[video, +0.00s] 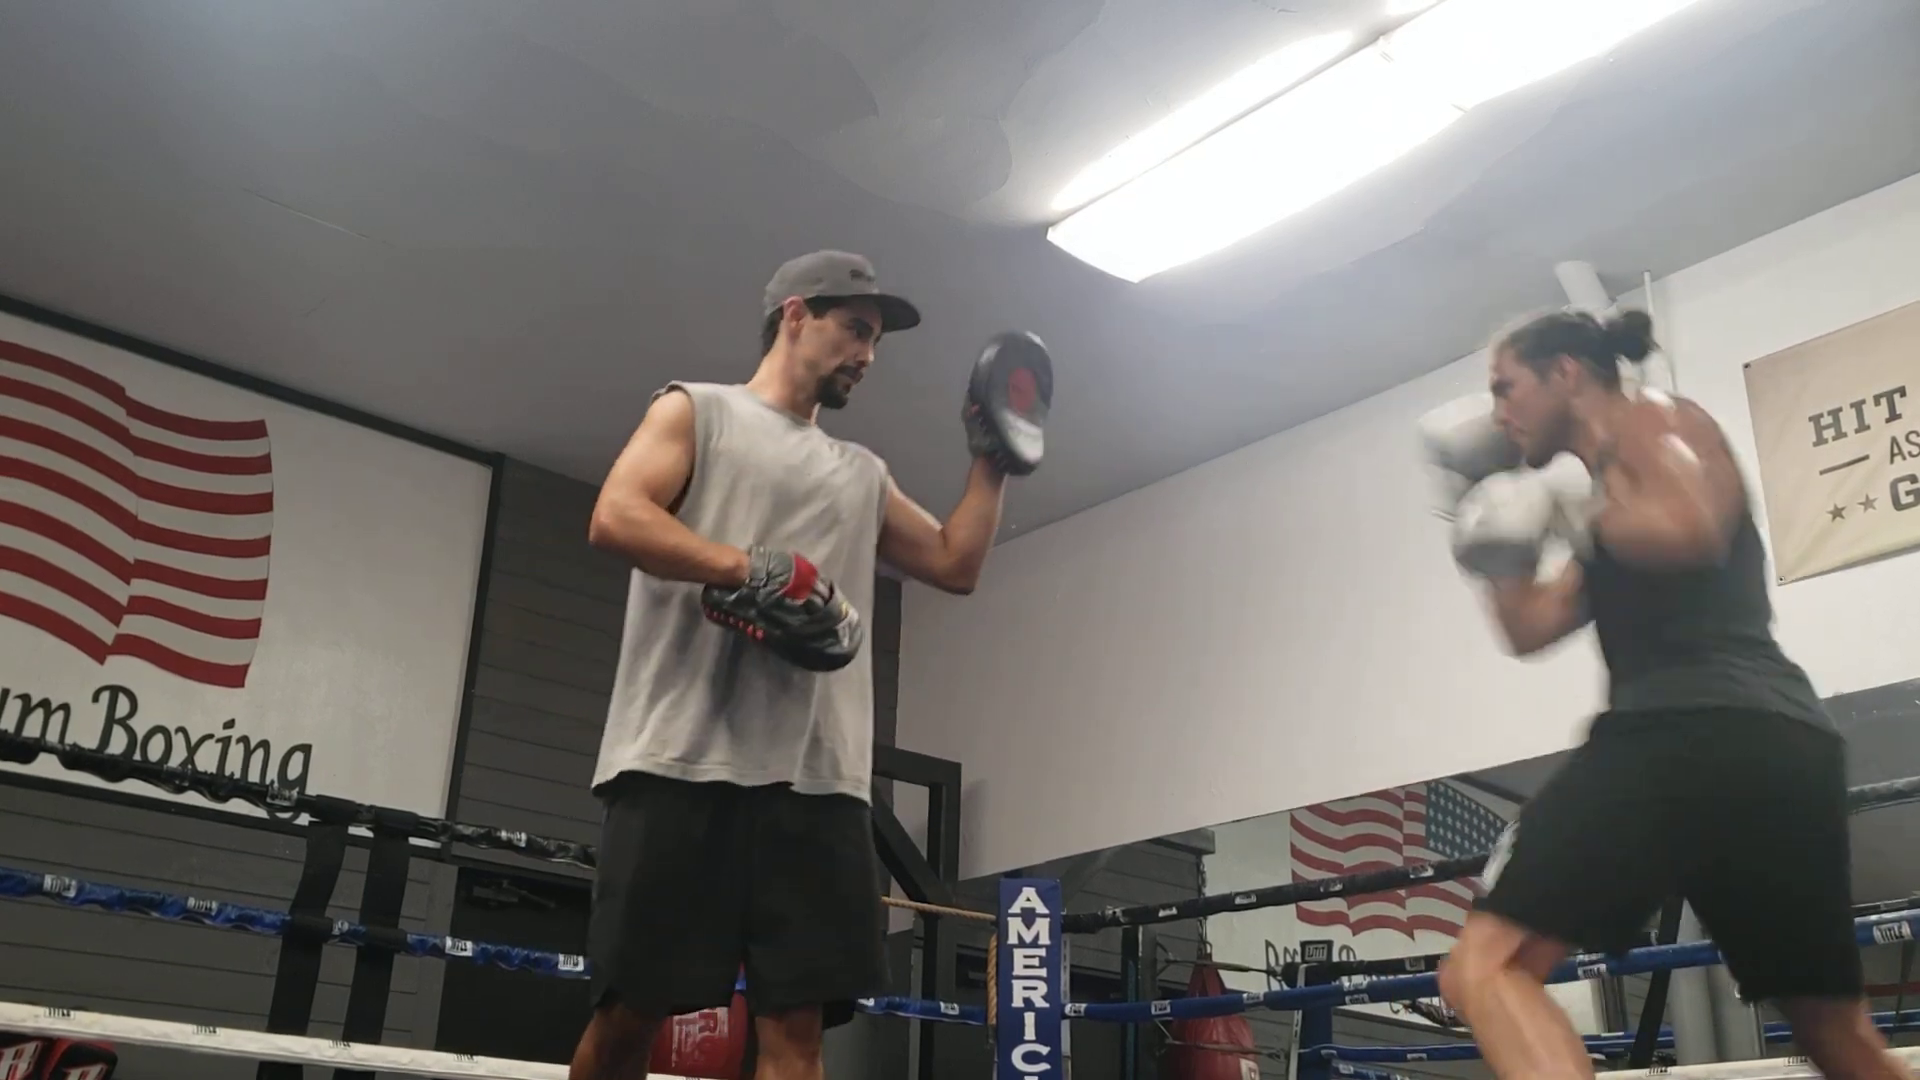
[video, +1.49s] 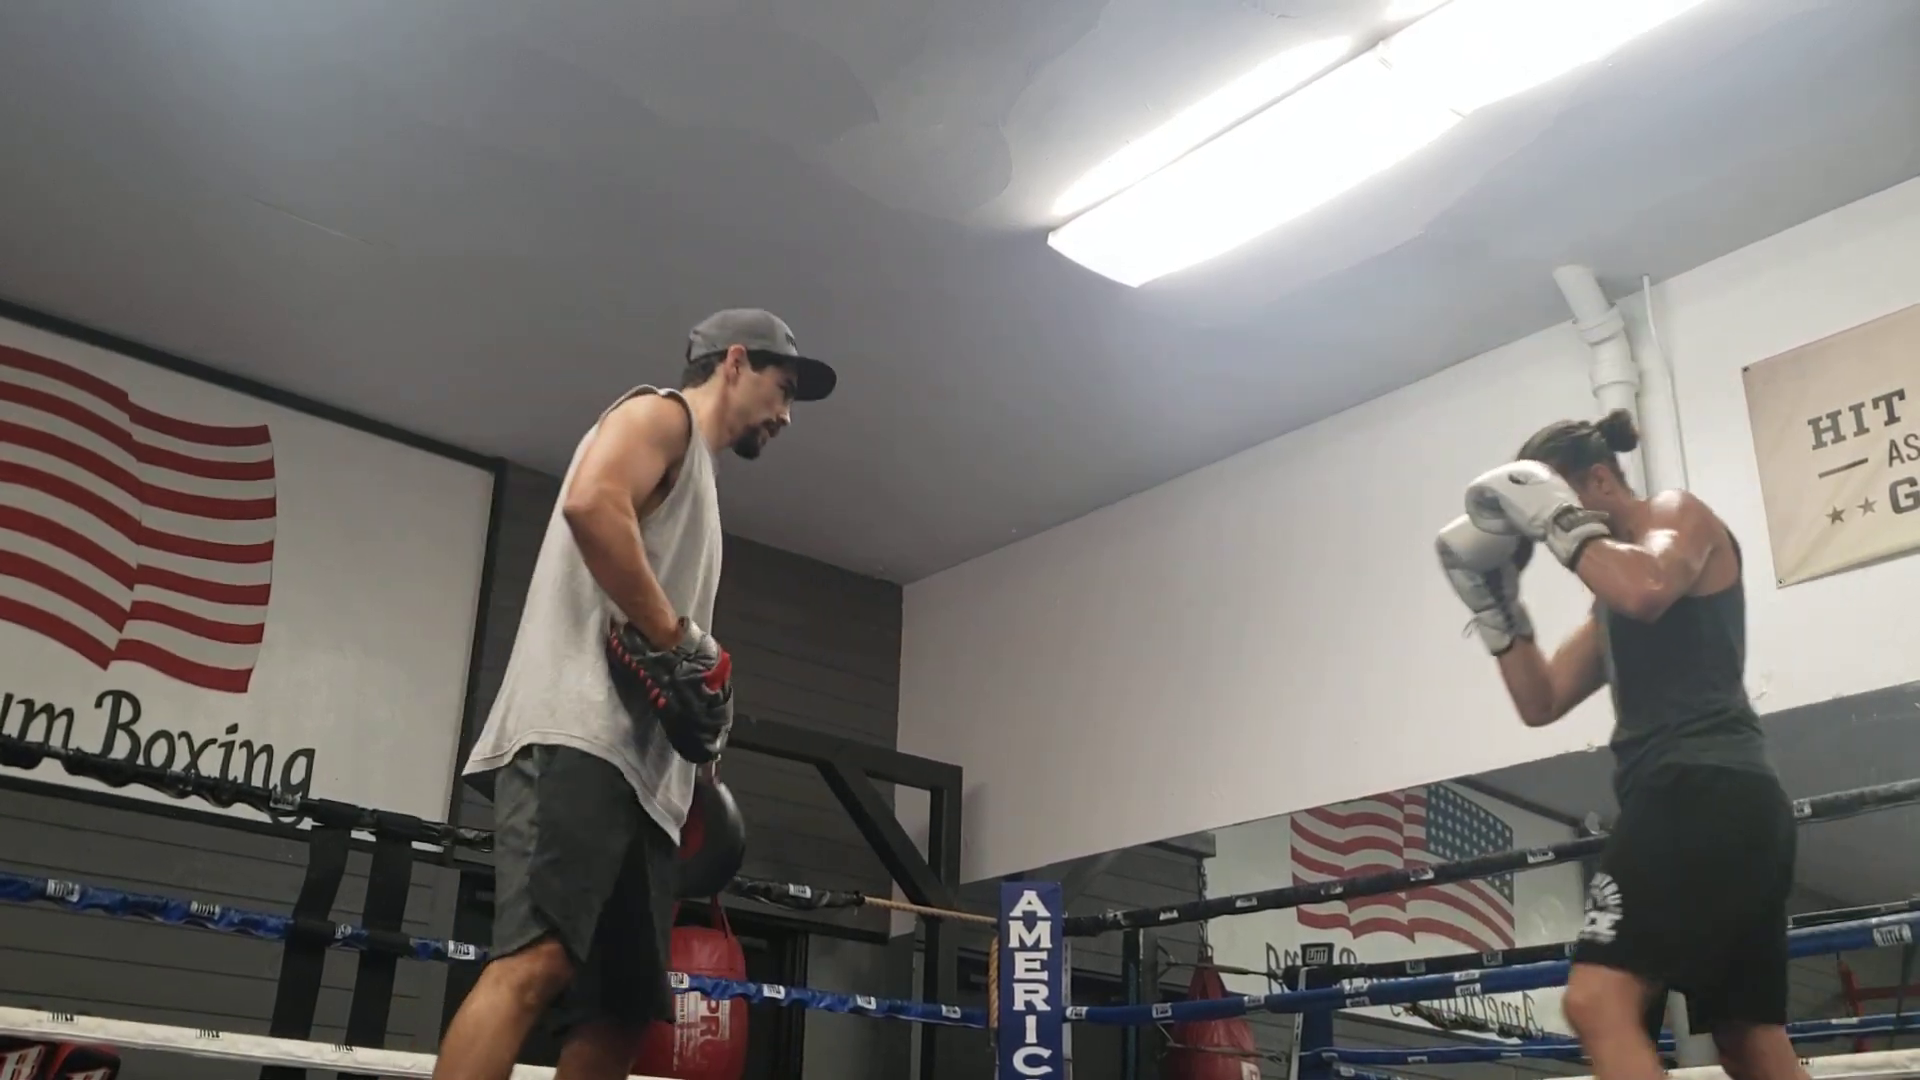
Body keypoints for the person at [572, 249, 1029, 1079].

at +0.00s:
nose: (866, 356)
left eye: (875, 342)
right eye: (855, 329)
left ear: (866, 356)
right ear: (794, 314)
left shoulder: (862, 474)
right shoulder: (692, 410)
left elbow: (955, 563)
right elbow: (617, 515)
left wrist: (993, 455)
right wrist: (753, 570)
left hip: (816, 782)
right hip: (677, 766)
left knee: (794, 1028)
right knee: (627, 1018)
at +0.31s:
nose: (879, 305)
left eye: (887, 288)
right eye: (868, 277)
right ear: (803, 260)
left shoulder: (860, 430)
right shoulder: (707, 370)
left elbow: (908, 535)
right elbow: (625, 490)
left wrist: (1018, 512)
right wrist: (775, 556)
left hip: (817, 755)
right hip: (693, 723)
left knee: (788, 1010)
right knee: (600, 957)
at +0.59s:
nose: (796, 273)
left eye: (805, 256)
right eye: (786, 242)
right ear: (720, 217)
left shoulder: (753, 407)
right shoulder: (623, 320)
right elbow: (562, 450)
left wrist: (789, 583)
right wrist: (735, 532)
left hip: (737, 717)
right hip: (620, 693)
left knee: (745, 994)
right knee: (547, 950)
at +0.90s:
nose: (719, 251)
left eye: (729, 235)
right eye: (714, 220)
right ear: (651, 194)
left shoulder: (667, 373)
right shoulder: (553, 295)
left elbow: (635, 549)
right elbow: (499, 414)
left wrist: (693, 675)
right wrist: (664, 510)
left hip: (657, 708)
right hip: (541, 681)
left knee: (675, 977)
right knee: (467, 953)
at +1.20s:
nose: (738, 341)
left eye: (746, 326)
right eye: (731, 312)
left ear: (691, 304)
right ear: (674, 286)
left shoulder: (677, 457)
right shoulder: (583, 370)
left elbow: (654, 603)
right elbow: (512, 482)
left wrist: (717, 689)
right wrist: (656, 591)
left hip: (638, 756)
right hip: (542, 724)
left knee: (629, 1016)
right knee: (495, 966)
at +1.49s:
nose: (787, 414)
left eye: (794, 399)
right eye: (783, 387)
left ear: (736, 373)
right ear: (735, 362)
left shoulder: (693, 486)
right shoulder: (659, 414)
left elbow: (655, 635)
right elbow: (595, 504)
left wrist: (695, 775)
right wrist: (677, 648)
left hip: (637, 764)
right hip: (574, 732)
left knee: (622, 1011)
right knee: (535, 961)